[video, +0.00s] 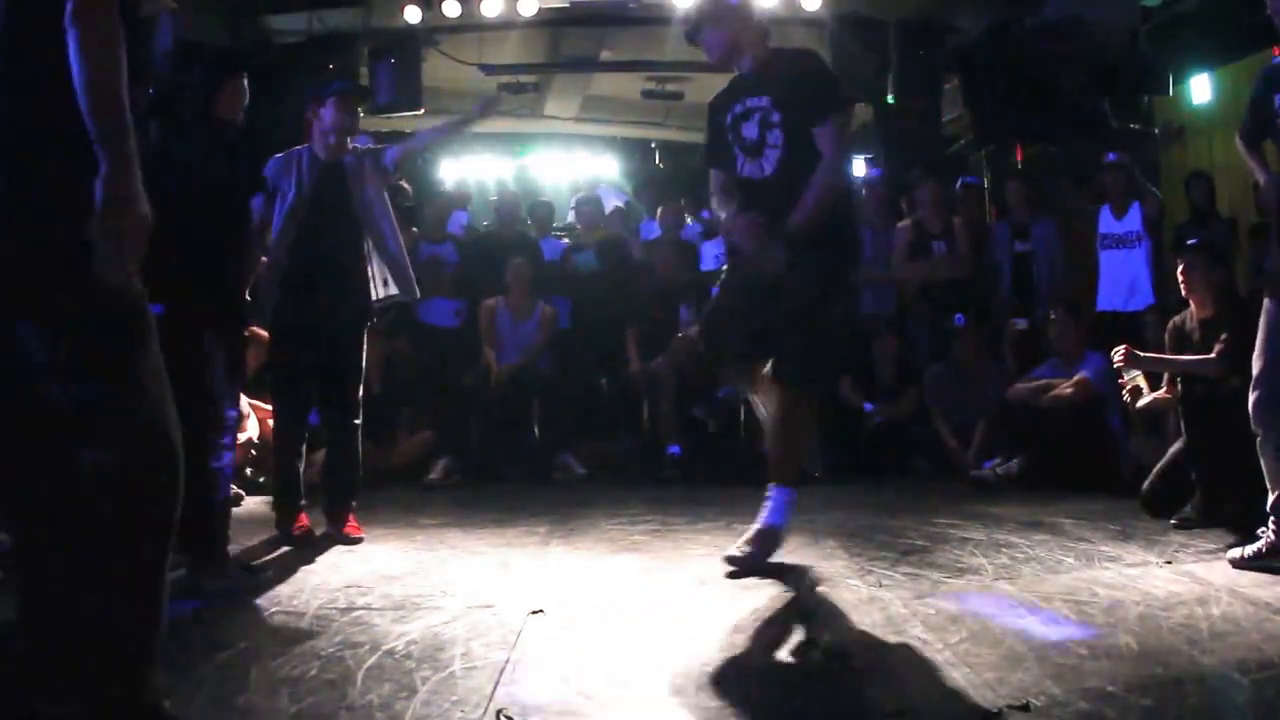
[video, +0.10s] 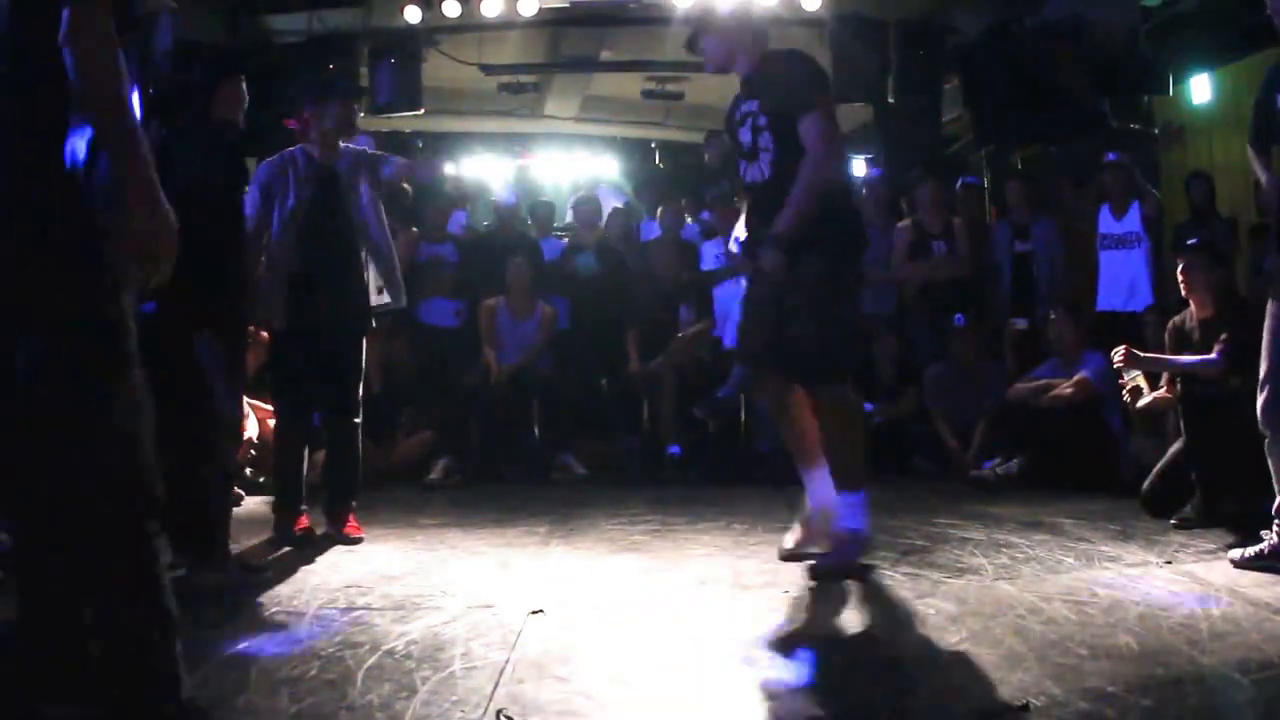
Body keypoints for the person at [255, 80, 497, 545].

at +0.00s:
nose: (350, 120)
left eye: (354, 113)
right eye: (341, 111)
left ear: (356, 121)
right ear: (316, 115)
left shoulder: (366, 161)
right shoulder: (284, 166)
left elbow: (416, 143)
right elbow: (254, 230)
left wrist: (470, 119)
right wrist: (242, 288)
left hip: (349, 306)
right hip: (293, 305)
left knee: (345, 414)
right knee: (290, 417)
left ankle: (342, 511)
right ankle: (291, 513)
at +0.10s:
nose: (339, 125)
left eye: (344, 116)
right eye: (330, 115)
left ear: (349, 121)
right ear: (307, 117)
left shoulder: (360, 164)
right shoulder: (275, 172)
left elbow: (413, 171)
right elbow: (251, 240)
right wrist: (253, 305)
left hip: (347, 308)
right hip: (293, 308)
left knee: (344, 415)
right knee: (292, 415)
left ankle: (341, 510)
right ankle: (290, 512)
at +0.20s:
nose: (340, 118)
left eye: (340, 110)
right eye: (329, 109)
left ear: (341, 116)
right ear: (300, 117)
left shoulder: (359, 167)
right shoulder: (271, 177)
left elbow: (403, 206)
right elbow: (255, 251)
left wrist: (447, 257)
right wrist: (262, 313)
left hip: (347, 314)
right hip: (291, 314)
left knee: (345, 418)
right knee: (289, 421)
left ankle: (342, 511)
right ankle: (290, 512)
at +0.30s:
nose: (344, 117)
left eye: (341, 110)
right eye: (333, 111)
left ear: (332, 120)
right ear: (304, 121)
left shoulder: (355, 171)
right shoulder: (271, 181)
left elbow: (379, 232)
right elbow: (257, 253)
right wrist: (261, 319)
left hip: (343, 317)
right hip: (290, 320)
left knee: (352, 413)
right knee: (288, 421)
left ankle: (342, 506)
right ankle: (291, 512)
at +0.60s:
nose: (370, 140)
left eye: (372, 130)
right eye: (363, 129)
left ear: (345, 129)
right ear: (337, 126)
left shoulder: (336, 177)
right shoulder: (305, 178)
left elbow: (336, 254)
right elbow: (298, 258)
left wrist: (344, 313)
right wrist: (309, 324)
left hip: (334, 319)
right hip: (300, 323)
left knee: (352, 405)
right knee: (296, 420)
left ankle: (342, 495)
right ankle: (291, 514)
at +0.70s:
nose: (373, 150)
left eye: (376, 142)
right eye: (369, 140)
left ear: (355, 135)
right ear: (348, 130)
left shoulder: (336, 176)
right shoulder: (321, 176)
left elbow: (334, 253)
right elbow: (322, 256)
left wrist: (343, 311)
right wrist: (340, 315)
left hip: (327, 316)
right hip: (306, 317)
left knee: (340, 409)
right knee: (303, 415)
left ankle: (341, 496)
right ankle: (290, 517)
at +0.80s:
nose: (384, 161)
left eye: (387, 153)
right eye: (384, 151)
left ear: (357, 139)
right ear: (369, 141)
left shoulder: (321, 172)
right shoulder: (343, 168)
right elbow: (350, 234)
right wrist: (382, 292)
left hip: (315, 305)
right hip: (318, 306)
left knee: (336, 407)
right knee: (313, 411)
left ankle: (337, 496)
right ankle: (290, 518)